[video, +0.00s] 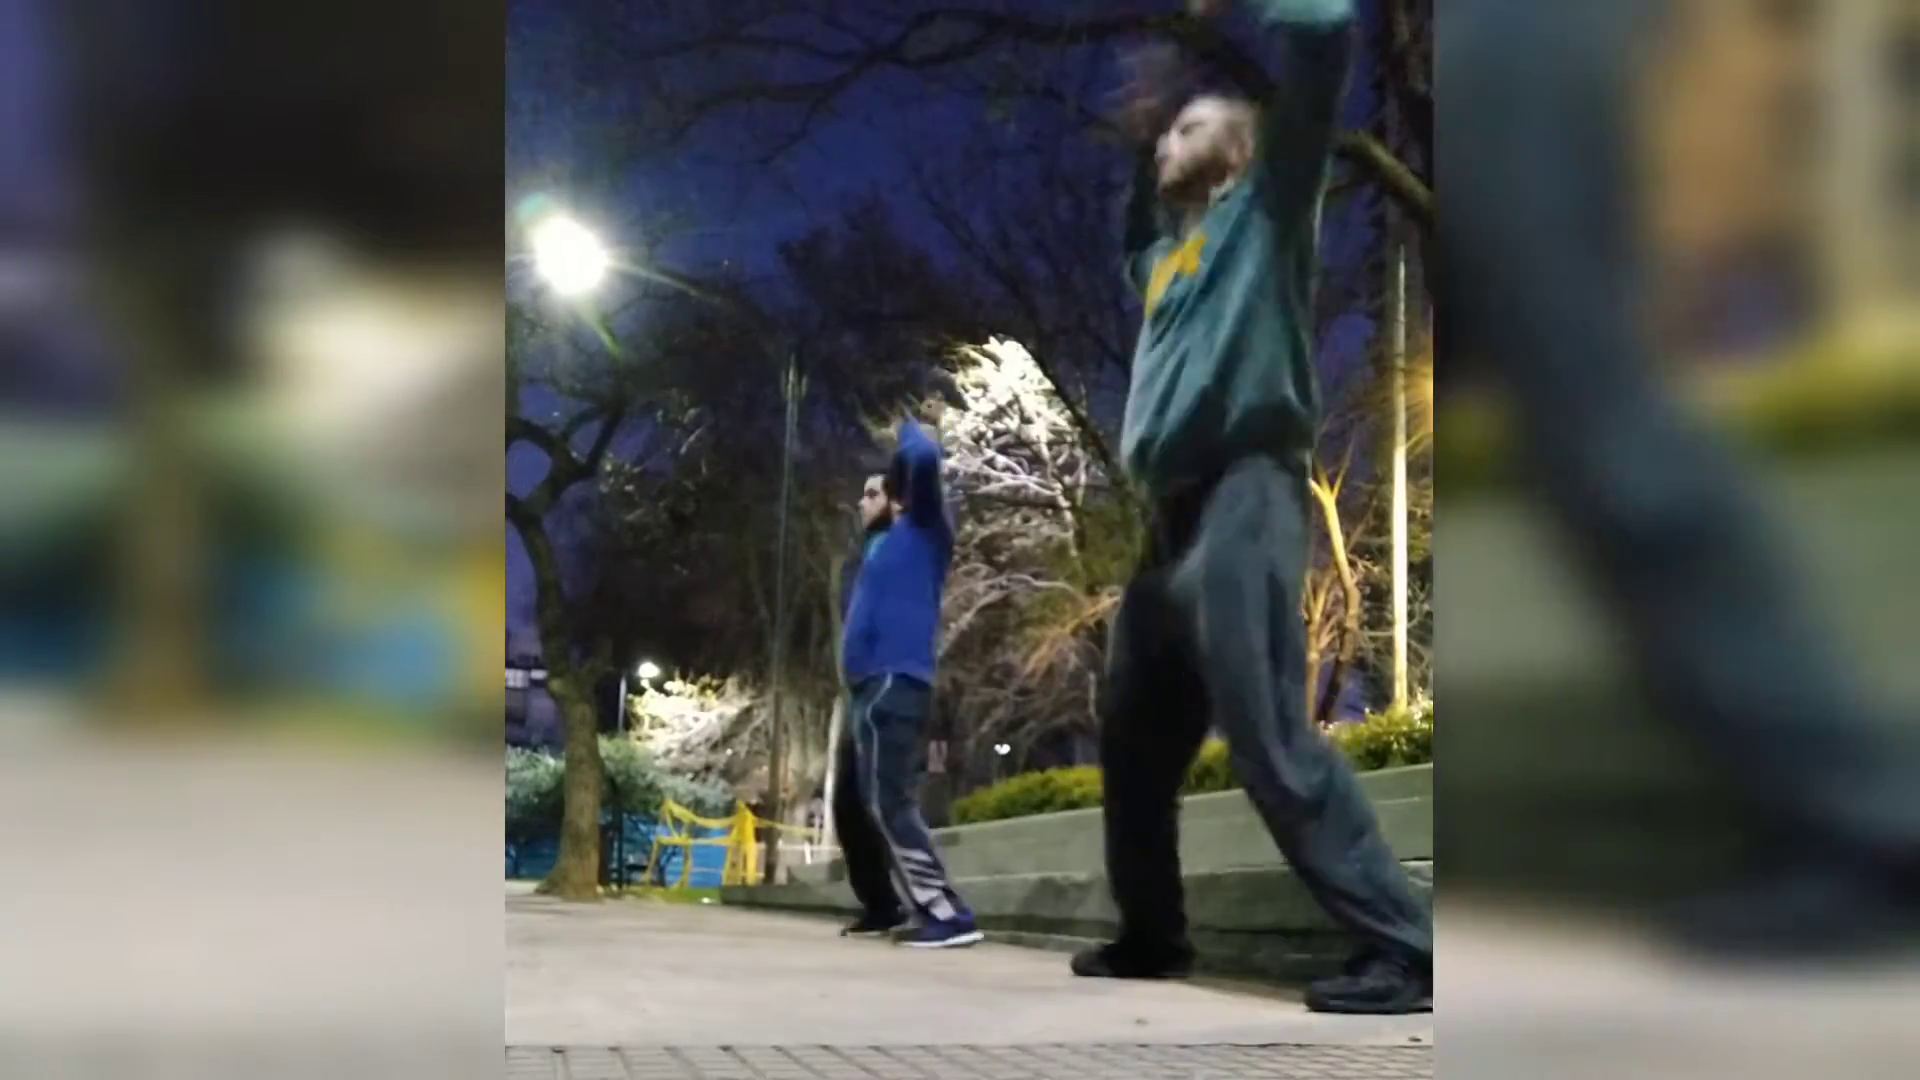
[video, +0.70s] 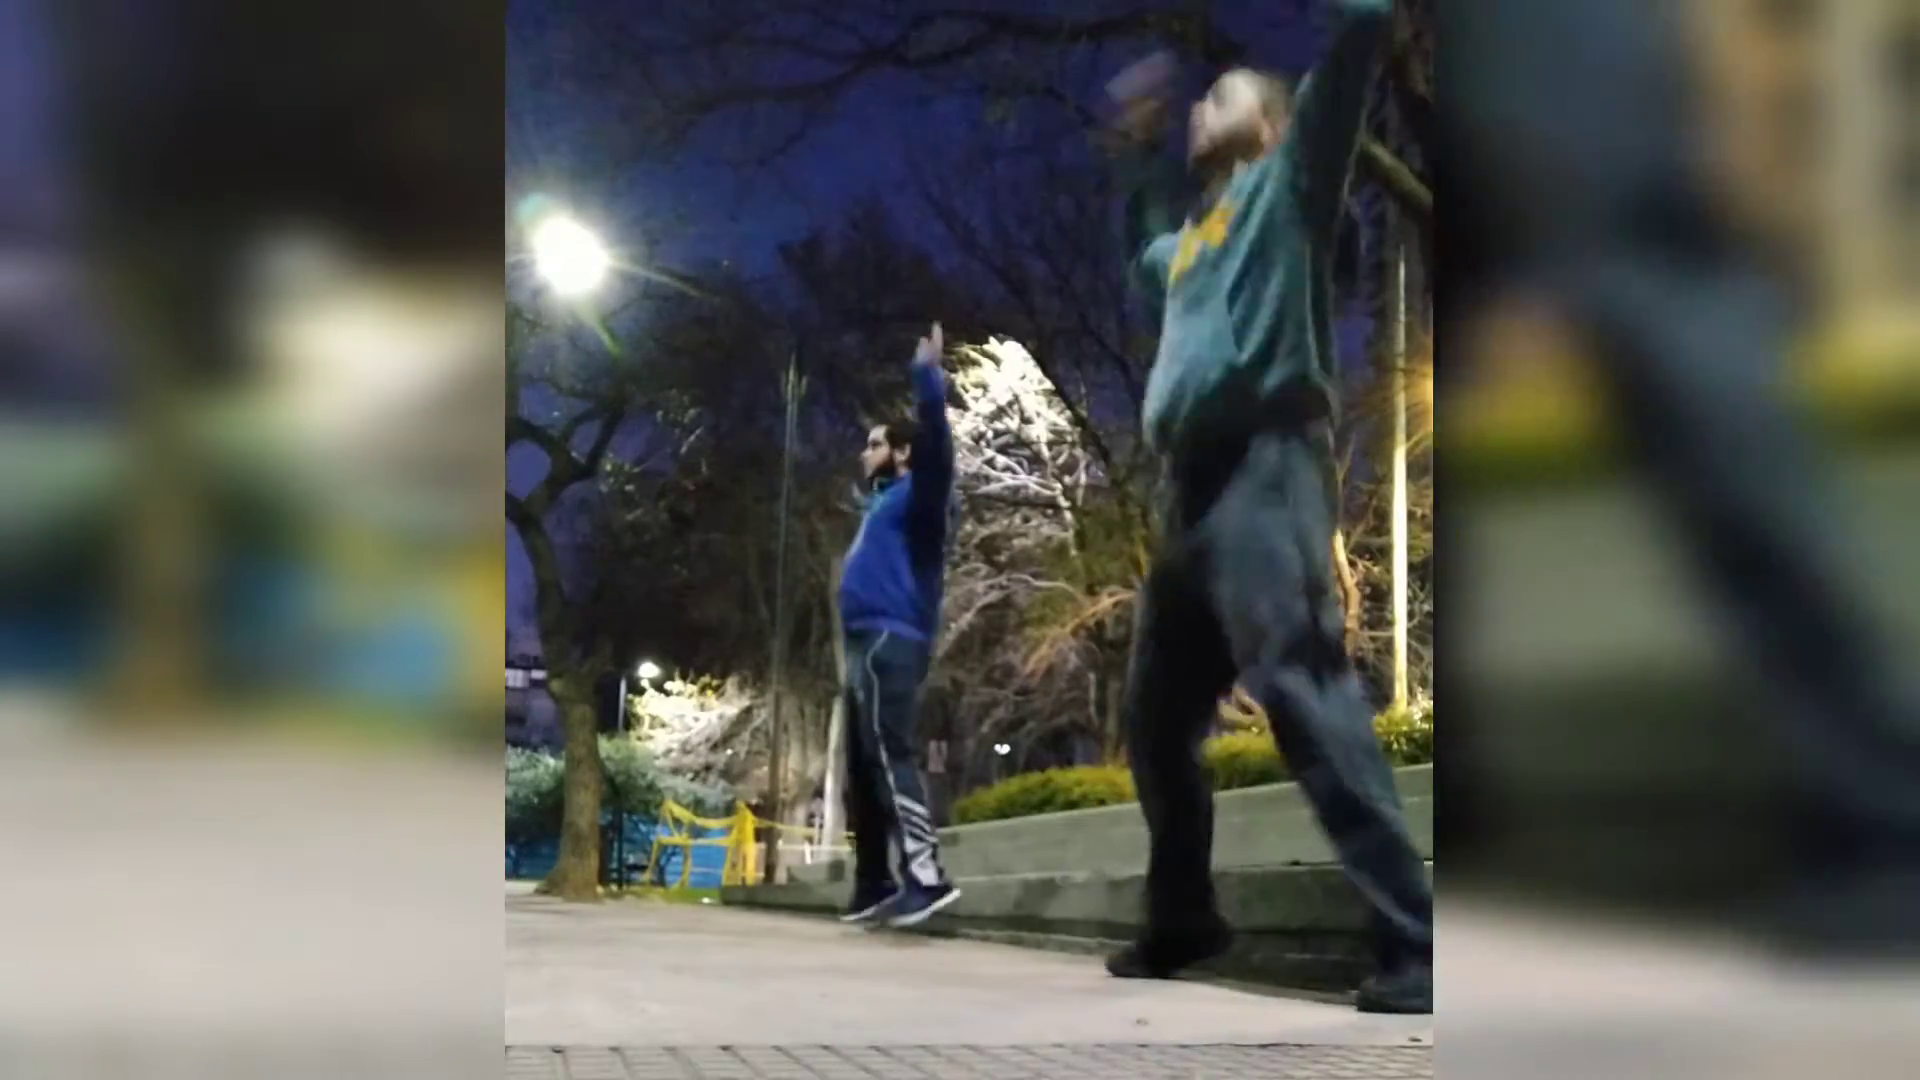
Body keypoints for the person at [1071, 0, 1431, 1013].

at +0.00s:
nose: (1173, 136)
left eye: (1194, 121)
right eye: (1171, 128)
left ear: (1240, 139)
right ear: (1179, 164)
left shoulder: (1271, 199)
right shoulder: (1161, 255)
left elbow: (1322, 36)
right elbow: (1137, 231)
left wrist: (1232, 18)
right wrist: (1154, 152)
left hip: (1249, 490)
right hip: (1174, 515)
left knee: (1267, 734)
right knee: (1135, 737)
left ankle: (1398, 950)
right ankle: (1150, 935)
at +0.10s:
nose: (1174, 83)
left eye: (1198, 72)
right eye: (1176, 74)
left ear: (1250, 94)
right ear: (1185, 108)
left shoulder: (1272, 154)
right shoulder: (1181, 228)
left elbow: (1353, 72)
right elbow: (1131, 296)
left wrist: (1353, 2)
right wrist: (1052, 263)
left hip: (1251, 438)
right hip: (1180, 463)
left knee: (1273, 676)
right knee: (1150, 690)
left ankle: (1361, 928)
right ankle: (1147, 908)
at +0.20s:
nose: (1172, 79)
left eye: (1194, 64)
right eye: (1173, 69)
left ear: (1250, 87)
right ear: (1187, 100)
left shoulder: (1260, 150)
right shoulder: (1180, 211)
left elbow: (1314, 154)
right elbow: (1155, 356)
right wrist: (1050, 372)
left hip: (1250, 432)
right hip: (1180, 452)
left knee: (1258, 669)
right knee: (1147, 685)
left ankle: (1322, 913)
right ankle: (1182, 909)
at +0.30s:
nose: (1178, 95)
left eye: (1200, 84)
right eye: (1178, 87)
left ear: (1250, 112)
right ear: (1182, 122)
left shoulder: (1279, 177)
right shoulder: (1185, 229)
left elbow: (1366, 277)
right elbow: (1180, 376)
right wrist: (1119, 471)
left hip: (1244, 469)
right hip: (1174, 483)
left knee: (1241, 693)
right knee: (1149, 715)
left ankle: (1300, 943)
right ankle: (1210, 937)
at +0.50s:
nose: (1193, 88)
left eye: (1214, 75)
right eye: (1196, 77)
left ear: (1262, 100)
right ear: (1214, 107)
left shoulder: (1296, 176)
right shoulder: (1205, 214)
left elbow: (1341, 279)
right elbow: (1197, 379)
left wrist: (1275, 294)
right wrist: (1125, 453)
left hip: (1263, 457)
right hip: (1187, 474)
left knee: (1249, 694)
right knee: (1179, 706)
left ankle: (1295, 946)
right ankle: (1211, 935)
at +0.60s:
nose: (1202, 67)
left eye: (1227, 54)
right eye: (1202, 58)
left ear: (1282, 81)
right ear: (1211, 96)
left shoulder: (1293, 155)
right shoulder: (1200, 202)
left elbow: (1360, 100)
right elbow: (1165, 324)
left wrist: (1365, 3)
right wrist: (1072, 290)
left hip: (1266, 419)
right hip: (1196, 441)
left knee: (1289, 660)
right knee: (1182, 681)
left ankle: (1358, 918)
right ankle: (1182, 906)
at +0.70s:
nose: (1215, 103)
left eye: (1233, 93)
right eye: (1213, 98)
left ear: (1268, 117)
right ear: (1216, 134)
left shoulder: (1291, 175)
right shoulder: (1185, 237)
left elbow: (1355, 44)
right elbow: (1145, 251)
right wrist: (1136, 152)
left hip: (1267, 463)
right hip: (1192, 482)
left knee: (1296, 680)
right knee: (1156, 712)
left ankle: (1408, 941)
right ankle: (1183, 923)